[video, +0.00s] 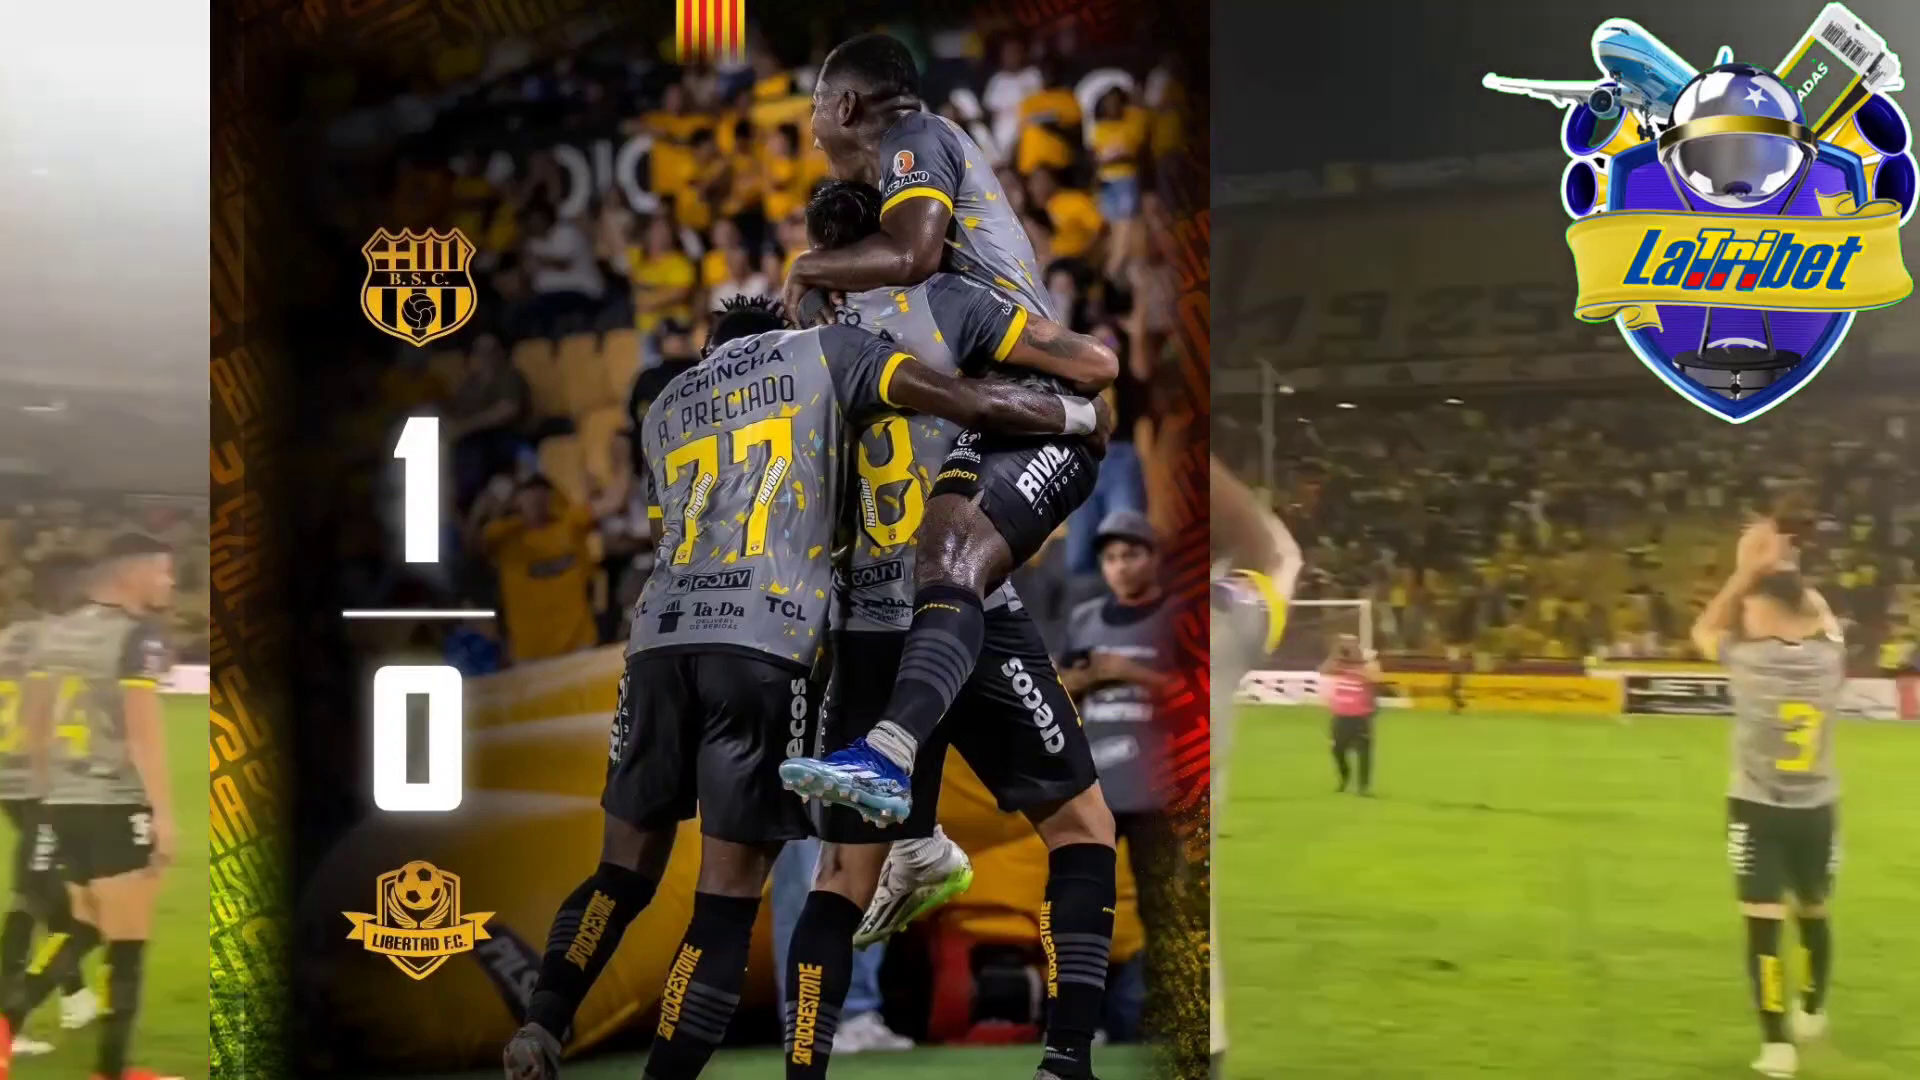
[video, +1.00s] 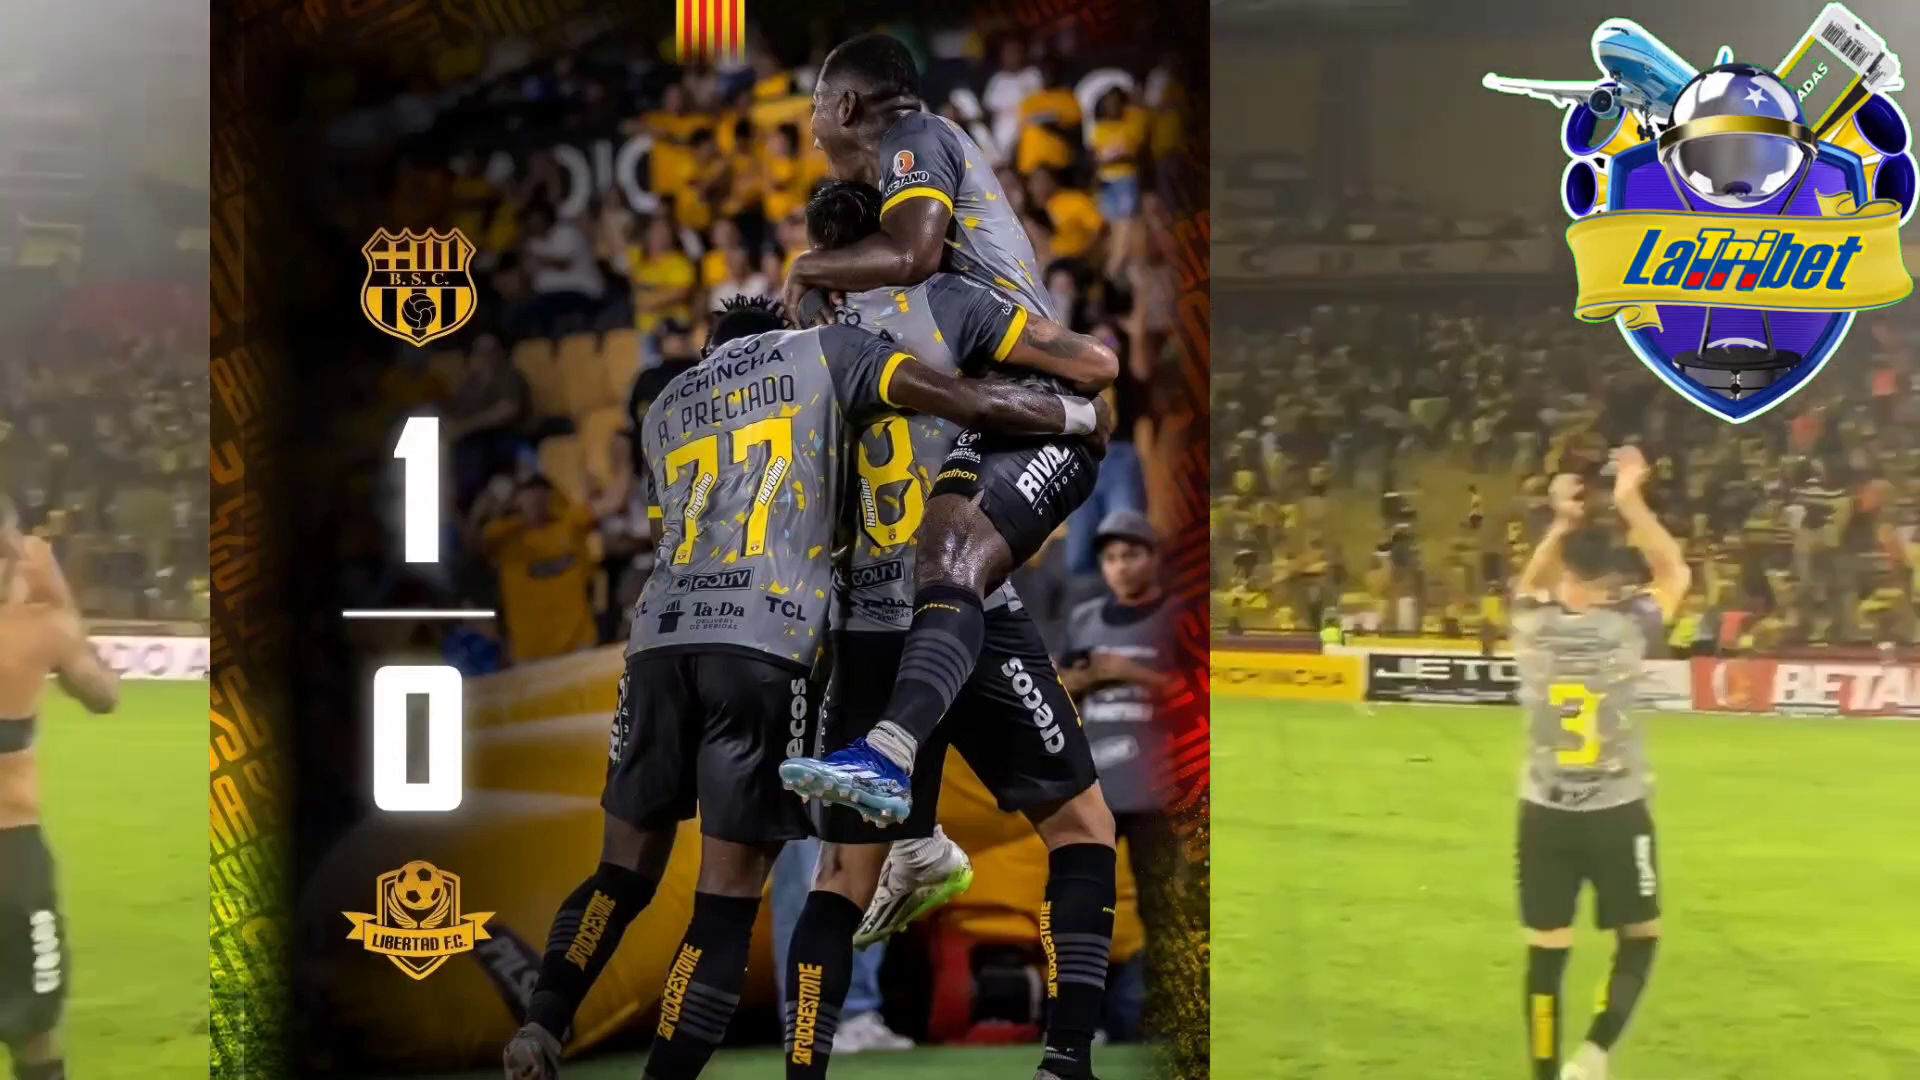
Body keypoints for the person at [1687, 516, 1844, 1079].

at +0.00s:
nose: (1743, 621)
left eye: (1749, 614)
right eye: (1748, 611)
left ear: (1761, 616)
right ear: (1803, 610)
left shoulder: (1745, 657)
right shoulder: (1830, 652)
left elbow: (1703, 629)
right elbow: (1819, 609)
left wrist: (1743, 576)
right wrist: (1790, 577)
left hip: (1756, 805)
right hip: (1815, 804)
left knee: (1762, 921)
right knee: (1814, 910)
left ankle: (1776, 1041)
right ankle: (1814, 1009)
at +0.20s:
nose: (1660, 601)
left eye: (1664, 595)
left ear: (1668, 602)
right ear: (1722, 600)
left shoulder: (1652, 652)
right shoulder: (1741, 650)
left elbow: (1623, 609)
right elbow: (1740, 588)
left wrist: (1647, 548)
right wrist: (1705, 526)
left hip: (1671, 812)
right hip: (1734, 812)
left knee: (1661, 929)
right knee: (1723, 921)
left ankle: (1676, 1030)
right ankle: (1715, 1039)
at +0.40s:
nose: (1680, 586)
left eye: (1684, 579)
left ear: (1687, 587)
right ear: (1742, 584)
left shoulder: (1669, 636)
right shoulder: (1763, 633)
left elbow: (1645, 591)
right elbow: (1776, 572)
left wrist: (1683, 531)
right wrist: (1735, 517)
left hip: (1686, 808)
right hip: (1754, 808)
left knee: (1671, 924)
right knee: (1746, 939)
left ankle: (1686, 1028)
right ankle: (1732, 1069)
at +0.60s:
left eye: (1731, 573)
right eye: (1772, 573)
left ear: (1717, 577)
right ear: (1781, 578)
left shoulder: (1698, 630)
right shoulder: (1801, 629)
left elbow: (1688, 582)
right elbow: (1821, 569)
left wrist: (1734, 526)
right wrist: (1770, 514)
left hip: (1713, 815)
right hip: (1786, 818)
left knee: (1713, 929)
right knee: (1775, 951)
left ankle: (1714, 1065)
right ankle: (1767, 1074)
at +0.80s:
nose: (1741, 571)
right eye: (1736, 563)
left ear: (1675, 567)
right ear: (1733, 571)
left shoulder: (1648, 626)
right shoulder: (1750, 626)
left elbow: (1658, 575)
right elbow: (1780, 563)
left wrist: (1689, 521)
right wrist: (1731, 498)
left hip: (1663, 811)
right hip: (1734, 814)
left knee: (1671, 933)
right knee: (1730, 951)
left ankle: (1674, 1068)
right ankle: (1712, 1072)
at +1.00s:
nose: (1622, 588)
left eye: (1574, 573)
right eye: (1615, 577)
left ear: (1564, 576)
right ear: (1613, 580)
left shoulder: (1531, 627)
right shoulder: (1630, 630)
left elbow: (1531, 583)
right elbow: (1673, 570)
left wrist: (1559, 527)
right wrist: (1630, 501)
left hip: (1544, 810)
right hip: (1618, 812)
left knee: (1545, 947)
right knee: (1639, 938)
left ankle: (1541, 1069)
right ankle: (1595, 1052)